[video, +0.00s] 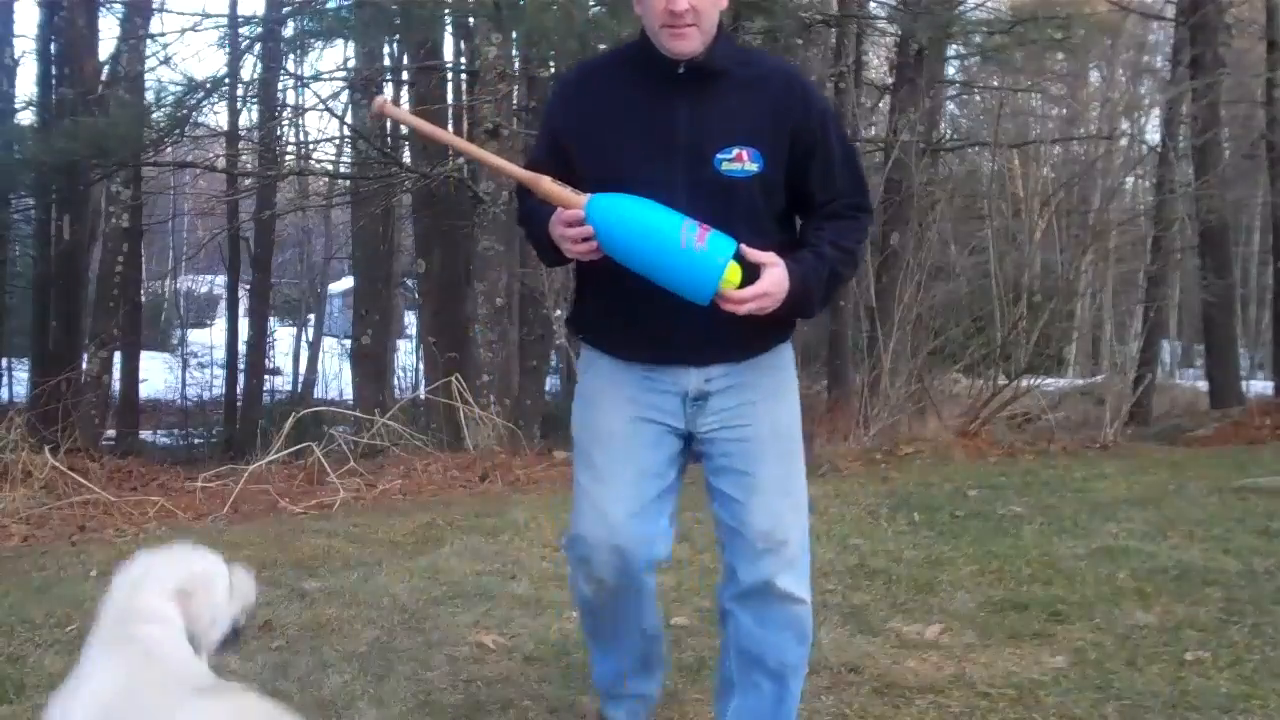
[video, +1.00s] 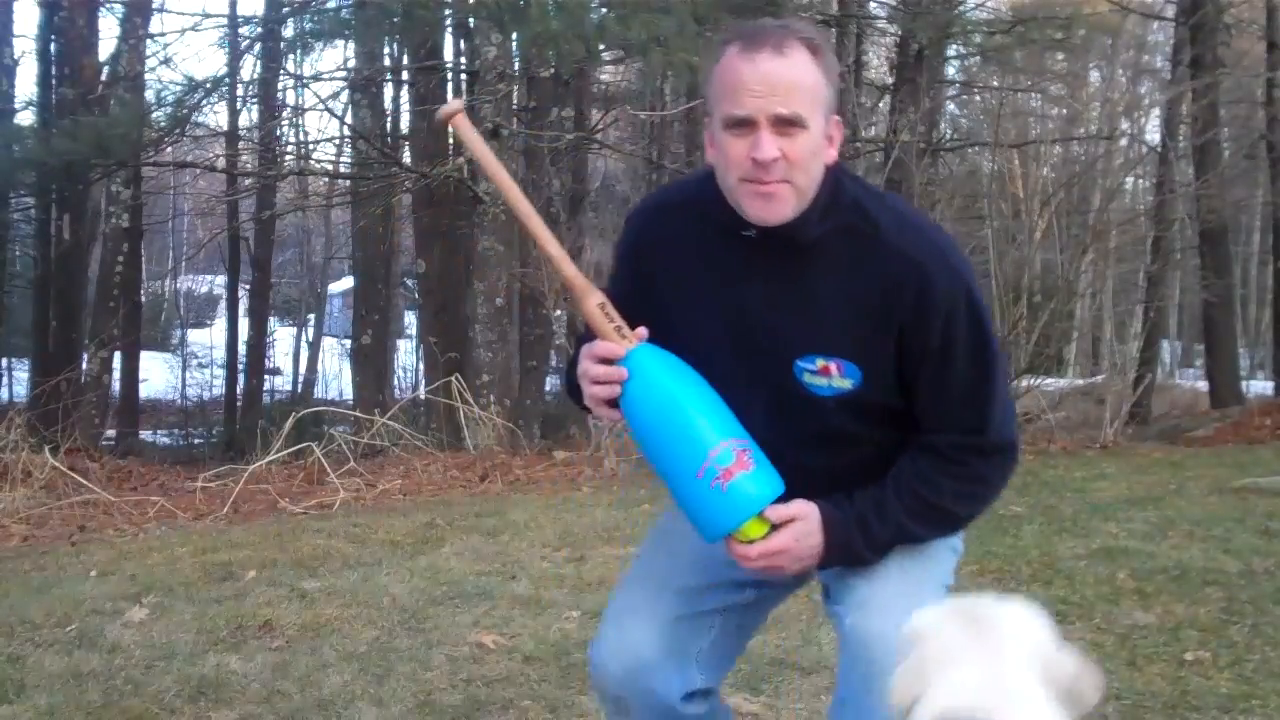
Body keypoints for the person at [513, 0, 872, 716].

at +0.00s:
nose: (677, 6)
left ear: (724, 1)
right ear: (635, 3)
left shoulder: (785, 96)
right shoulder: (584, 94)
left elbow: (846, 215)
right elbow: (534, 201)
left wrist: (795, 277)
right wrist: (553, 233)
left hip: (754, 372)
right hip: (620, 371)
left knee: (773, 566)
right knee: (608, 545)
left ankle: (758, 713)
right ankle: (627, 702)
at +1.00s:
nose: (763, 151)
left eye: (788, 126)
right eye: (739, 126)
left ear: (832, 139)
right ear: (708, 138)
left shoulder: (913, 261)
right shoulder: (661, 232)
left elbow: (978, 449)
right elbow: (606, 350)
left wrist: (837, 530)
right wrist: (588, 378)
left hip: (891, 507)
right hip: (727, 495)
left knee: (889, 690)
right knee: (631, 670)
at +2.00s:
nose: (833, 243)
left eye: (857, 221)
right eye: (809, 222)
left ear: (895, 245)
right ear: (773, 247)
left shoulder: (963, 379)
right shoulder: (694, 368)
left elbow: (1015, 552)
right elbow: (580, 487)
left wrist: (876, 416)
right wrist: (553, 354)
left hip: (900, 700)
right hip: (709, 700)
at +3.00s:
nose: (807, 255)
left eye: (833, 232)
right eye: (783, 229)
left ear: (869, 249)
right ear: (744, 240)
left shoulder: (934, 383)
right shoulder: (669, 360)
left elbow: (965, 570)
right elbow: (569, 497)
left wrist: (808, 450)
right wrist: (532, 370)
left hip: (875, 699)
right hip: (680, 697)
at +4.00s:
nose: (803, 256)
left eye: (831, 231)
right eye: (780, 229)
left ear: (873, 249)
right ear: (747, 242)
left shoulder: (953, 402)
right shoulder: (679, 370)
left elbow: (1047, 586)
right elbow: (579, 497)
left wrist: (980, 708)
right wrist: (542, 368)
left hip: (868, 713)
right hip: (678, 707)